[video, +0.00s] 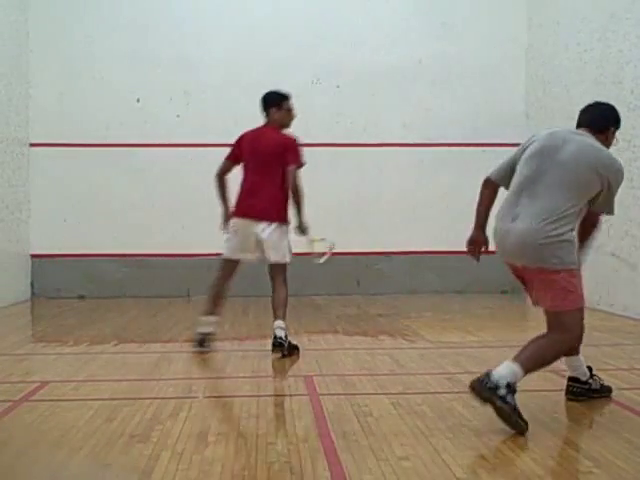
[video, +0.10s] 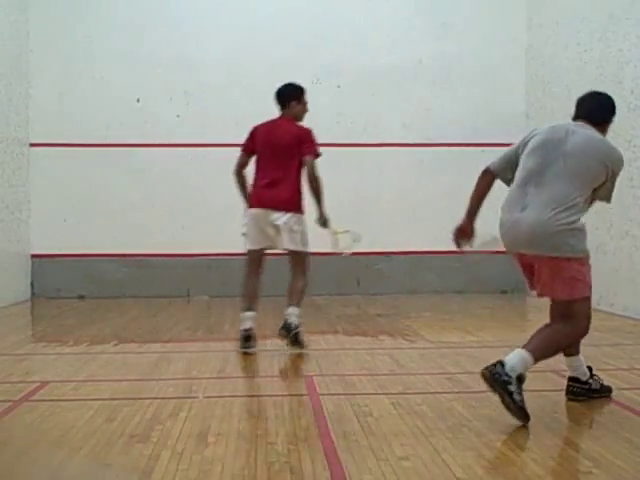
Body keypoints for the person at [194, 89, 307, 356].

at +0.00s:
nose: (292, 114)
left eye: (291, 109)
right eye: (288, 109)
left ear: (269, 112)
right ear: (274, 112)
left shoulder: (247, 138)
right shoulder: (288, 142)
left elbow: (221, 174)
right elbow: (293, 183)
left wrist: (226, 209)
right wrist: (300, 218)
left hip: (242, 215)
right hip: (273, 218)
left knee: (224, 272)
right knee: (279, 277)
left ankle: (206, 326)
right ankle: (279, 332)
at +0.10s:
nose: (306, 108)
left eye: (306, 103)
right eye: (304, 103)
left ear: (283, 105)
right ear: (293, 104)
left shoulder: (259, 131)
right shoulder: (302, 133)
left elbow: (239, 169)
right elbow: (311, 171)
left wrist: (249, 201)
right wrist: (321, 209)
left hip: (258, 207)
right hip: (289, 209)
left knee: (253, 267)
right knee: (299, 268)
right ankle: (291, 318)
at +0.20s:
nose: (318, 116)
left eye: (317, 111)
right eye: (316, 111)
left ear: (294, 113)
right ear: (311, 113)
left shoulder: (274, 139)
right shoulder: (315, 140)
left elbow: (256, 178)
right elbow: (326, 179)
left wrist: (271, 202)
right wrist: (342, 214)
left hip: (273, 213)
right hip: (304, 213)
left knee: (269, 272)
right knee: (330, 265)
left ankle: (259, 330)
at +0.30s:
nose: (335, 131)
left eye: (333, 127)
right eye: (334, 127)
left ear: (313, 129)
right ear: (330, 129)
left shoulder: (296, 152)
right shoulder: (332, 154)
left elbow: (283, 187)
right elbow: (347, 193)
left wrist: (288, 212)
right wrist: (368, 223)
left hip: (288, 222)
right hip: (318, 223)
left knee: (278, 280)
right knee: (361, 261)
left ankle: (261, 336)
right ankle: (373, 323)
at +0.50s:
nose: (400, 139)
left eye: (399, 134)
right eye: (399, 134)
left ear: (378, 133)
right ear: (394, 135)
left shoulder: (359, 152)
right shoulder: (388, 161)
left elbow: (339, 170)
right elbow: (400, 201)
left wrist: (346, 197)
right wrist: (423, 228)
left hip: (344, 223)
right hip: (368, 224)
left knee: (343, 283)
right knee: (402, 267)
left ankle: (312, 306)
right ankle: (390, 325)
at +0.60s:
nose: (429, 148)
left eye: (428, 144)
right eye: (429, 144)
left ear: (410, 140)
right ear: (426, 145)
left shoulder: (390, 156)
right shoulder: (415, 168)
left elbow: (362, 162)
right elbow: (424, 206)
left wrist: (345, 178)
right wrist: (448, 223)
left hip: (367, 223)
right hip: (387, 227)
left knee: (394, 268)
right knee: (418, 273)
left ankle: (373, 302)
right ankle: (392, 324)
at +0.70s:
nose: (451, 164)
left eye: (450, 159)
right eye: (450, 160)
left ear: (432, 155)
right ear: (445, 159)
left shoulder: (415, 163)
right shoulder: (439, 179)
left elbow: (388, 156)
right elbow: (451, 211)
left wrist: (359, 160)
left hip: (389, 226)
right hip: (403, 230)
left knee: (430, 271)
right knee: (431, 280)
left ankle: (395, 322)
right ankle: (394, 324)